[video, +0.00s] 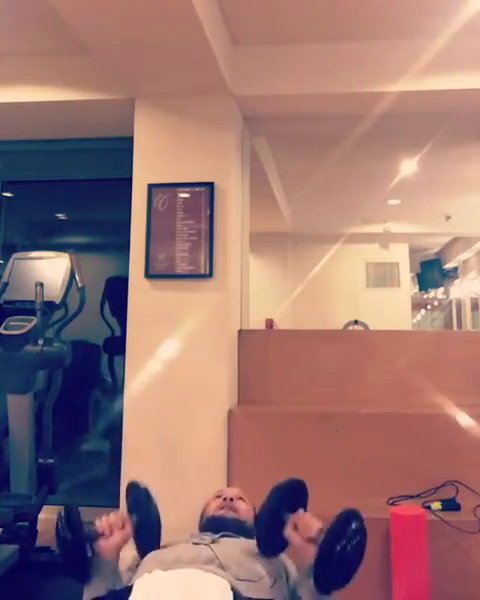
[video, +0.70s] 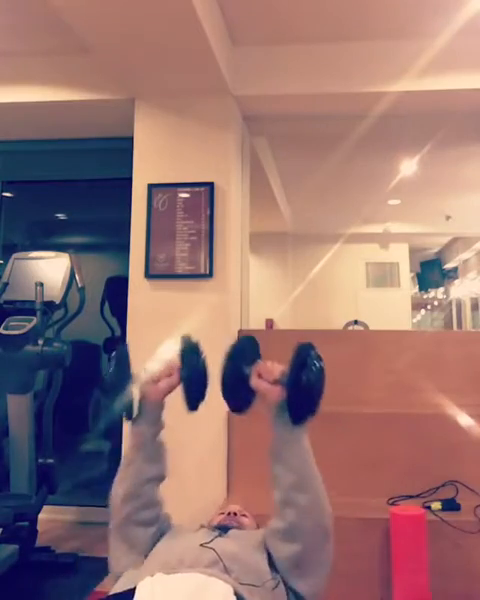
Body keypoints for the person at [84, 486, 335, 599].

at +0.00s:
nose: (228, 498)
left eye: (240, 498)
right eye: (219, 497)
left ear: (254, 518)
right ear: (201, 517)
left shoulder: (269, 551)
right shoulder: (156, 554)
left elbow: (307, 595)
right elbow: (108, 595)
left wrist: (308, 565)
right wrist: (107, 559)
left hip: (218, 588)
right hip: (148, 588)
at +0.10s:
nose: (229, 502)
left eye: (240, 503)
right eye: (219, 501)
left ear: (254, 523)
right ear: (201, 522)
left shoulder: (271, 553)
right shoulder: (153, 555)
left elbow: (315, 595)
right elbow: (94, 595)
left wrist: (314, 541)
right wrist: (107, 532)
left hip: (221, 589)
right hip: (150, 589)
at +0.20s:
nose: (227, 507)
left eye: (238, 508)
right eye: (220, 507)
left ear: (255, 530)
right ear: (202, 524)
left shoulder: (273, 552)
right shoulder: (159, 549)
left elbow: (330, 593)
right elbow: (85, 593)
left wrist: (311, 505)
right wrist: (112, 496)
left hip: (227, 590)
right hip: (153, 587)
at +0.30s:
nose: (228, 512)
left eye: (239, 513)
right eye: (220, 511)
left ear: (258, 532)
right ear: (202, 528)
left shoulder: (274, 552)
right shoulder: (158, 552)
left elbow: (334, 579)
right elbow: (92, 565)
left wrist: (306, 465)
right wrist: (122, 461)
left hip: (224, 591)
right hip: (152, 589)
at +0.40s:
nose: (229, 515)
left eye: (241, 516)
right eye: (221, 514)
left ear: (260, 533)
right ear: (204, 528)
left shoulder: (280, 559)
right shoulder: (150, 549)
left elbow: (319, 527)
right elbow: (106, 516)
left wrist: (292, 431)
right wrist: (135, 423)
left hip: (221, 590)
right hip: (149, 588)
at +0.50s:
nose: (231, 516)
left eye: (243, 517)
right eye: (223, 515)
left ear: (260, 533)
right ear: (207, 526)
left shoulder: (284, 563)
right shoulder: (150, 545)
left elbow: (304, 502)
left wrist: (282, 407)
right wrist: (148, 395)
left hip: (219, 588)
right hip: (143, 588)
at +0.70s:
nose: (232, 513)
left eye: (242, 515)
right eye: (223, 512)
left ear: (259, 530)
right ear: (205, 523)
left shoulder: (280, 560)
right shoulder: (153, 546)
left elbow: (305, 511)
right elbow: (134, 493)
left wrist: (283, 410)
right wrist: (149, 406)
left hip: (220, 589)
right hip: (145, 588)